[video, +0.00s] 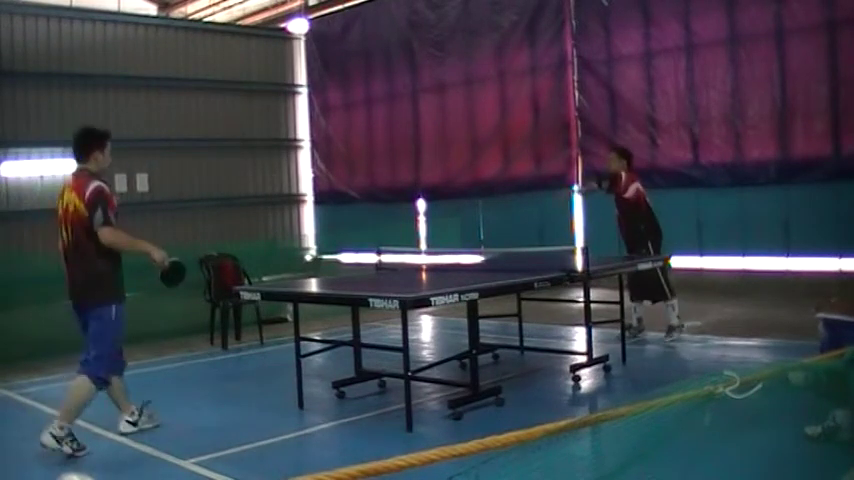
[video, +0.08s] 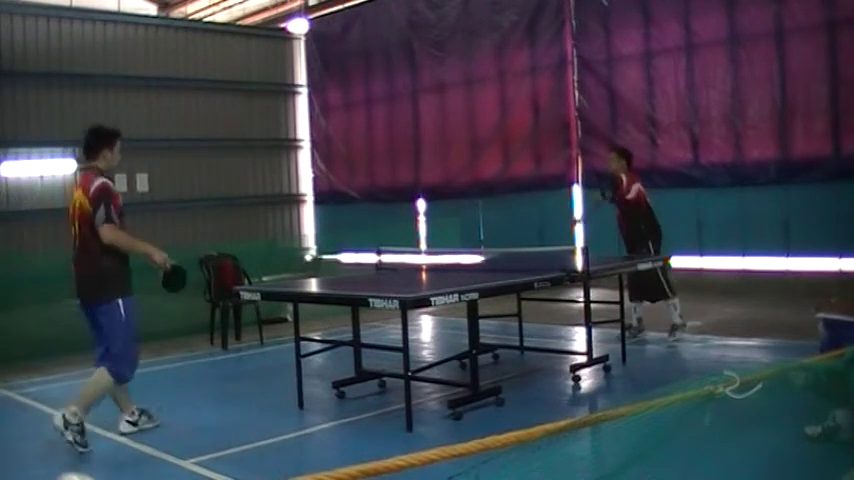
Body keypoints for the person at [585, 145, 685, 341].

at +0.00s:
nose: (609, 163)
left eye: (613, 160)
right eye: (610, 160)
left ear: (623, 163)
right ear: (616, 164)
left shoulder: (633, 185)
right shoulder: (618, 182)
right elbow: (607, 184)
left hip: (649, 240)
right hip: (633, 241)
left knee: (660, 281)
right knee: (634, 282)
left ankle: (674, 322)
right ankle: (637, 322)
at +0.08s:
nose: (610, 164)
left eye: (613, 160)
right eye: (610, 160)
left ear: (624, 162)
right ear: (617, 163)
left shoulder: (634, 185)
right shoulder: (619, 183)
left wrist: (652, 247)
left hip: (648, 240)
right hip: (633, 241)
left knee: (662, 281)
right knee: (633, 282)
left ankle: (677, 320)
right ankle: (637, 322)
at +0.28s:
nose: (612, 164)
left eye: (616, 160)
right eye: (613, 160)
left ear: (626, 163)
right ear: (626, 164)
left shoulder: (629, 183)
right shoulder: (635, 182)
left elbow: (628, 216)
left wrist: (624, 241)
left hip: (647, 238)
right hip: (642, 238)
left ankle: (681, 315)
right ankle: (637, 320)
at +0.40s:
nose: (621, 162)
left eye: (625, 158)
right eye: (620, 158)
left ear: (635, 160)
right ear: (621, 162)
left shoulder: (643, 181)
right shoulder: (627, 185)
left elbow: (647, 215)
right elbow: (627, 218)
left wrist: (647, 244)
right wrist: (626, 245)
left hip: (653, 238)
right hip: (638, 239)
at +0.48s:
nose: (628, 161)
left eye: (632, 156)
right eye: (626, 157)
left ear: (642, 159)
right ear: (624, 161)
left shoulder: (652, 181)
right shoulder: (629, 188)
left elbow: (660, 209)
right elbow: (628, 219)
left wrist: (661, 236)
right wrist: (625, 245)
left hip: (656, 238)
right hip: (639, 240)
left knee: (671, 278)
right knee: (638, 280)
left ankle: (694, 315)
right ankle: (637, 321)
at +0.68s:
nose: (650, 160)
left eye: (655, 156)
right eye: (649, 156)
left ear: (664, 160)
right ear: (646, 160)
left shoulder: (676, 184)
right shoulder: (642, 188)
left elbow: (687, 208)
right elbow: (632, 217)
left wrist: (687, 232)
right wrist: (624, 243)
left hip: (675, 242)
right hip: (651, 243)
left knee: (685, 283)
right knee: (646, 284)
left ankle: (700, 320)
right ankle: (638, 323)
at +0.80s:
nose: (666, 161)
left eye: (670, 156)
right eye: (664, 156)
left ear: (679, 160)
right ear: (661, 160)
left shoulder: (691, 185)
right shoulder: (654, 187)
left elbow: (695, 209)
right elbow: (645, 213)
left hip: (686, 242)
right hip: (662, 243)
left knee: (691, 282)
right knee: (654, 280)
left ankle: (701, 320)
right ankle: (641, 320)